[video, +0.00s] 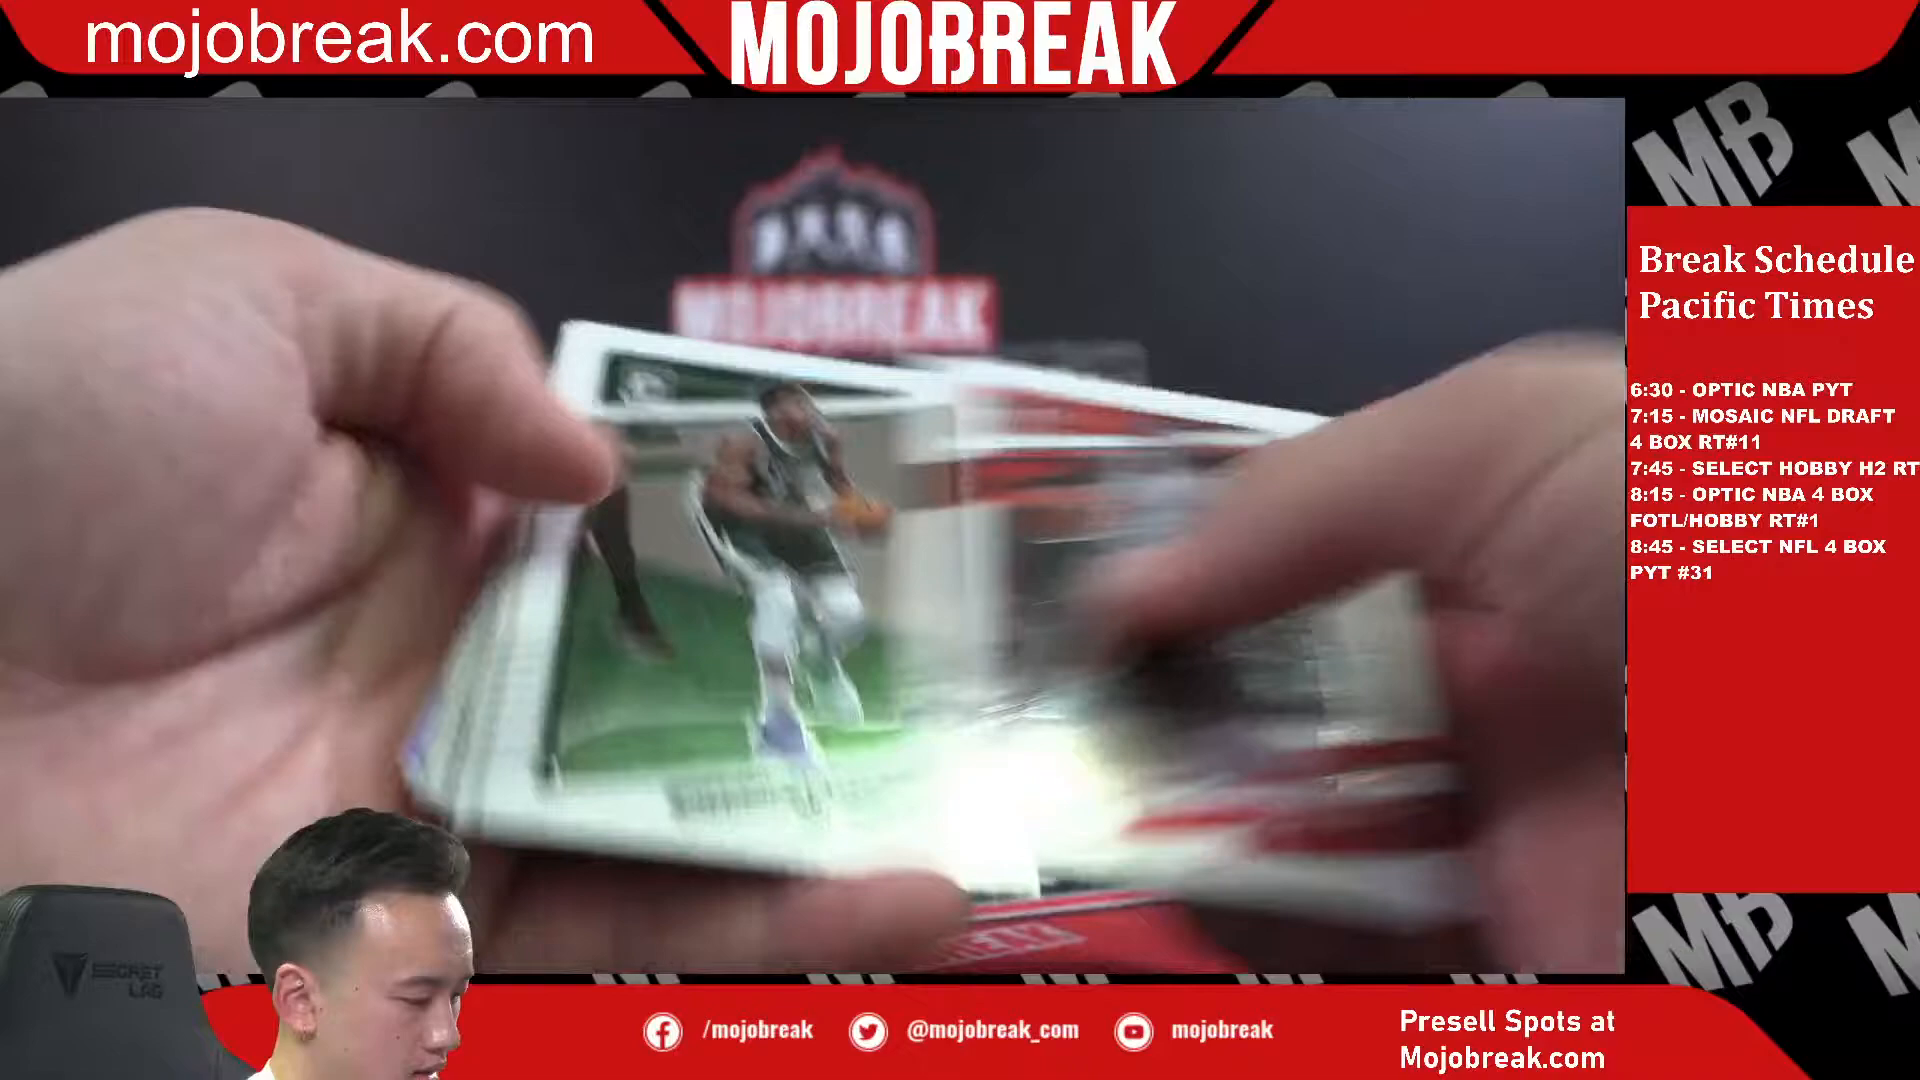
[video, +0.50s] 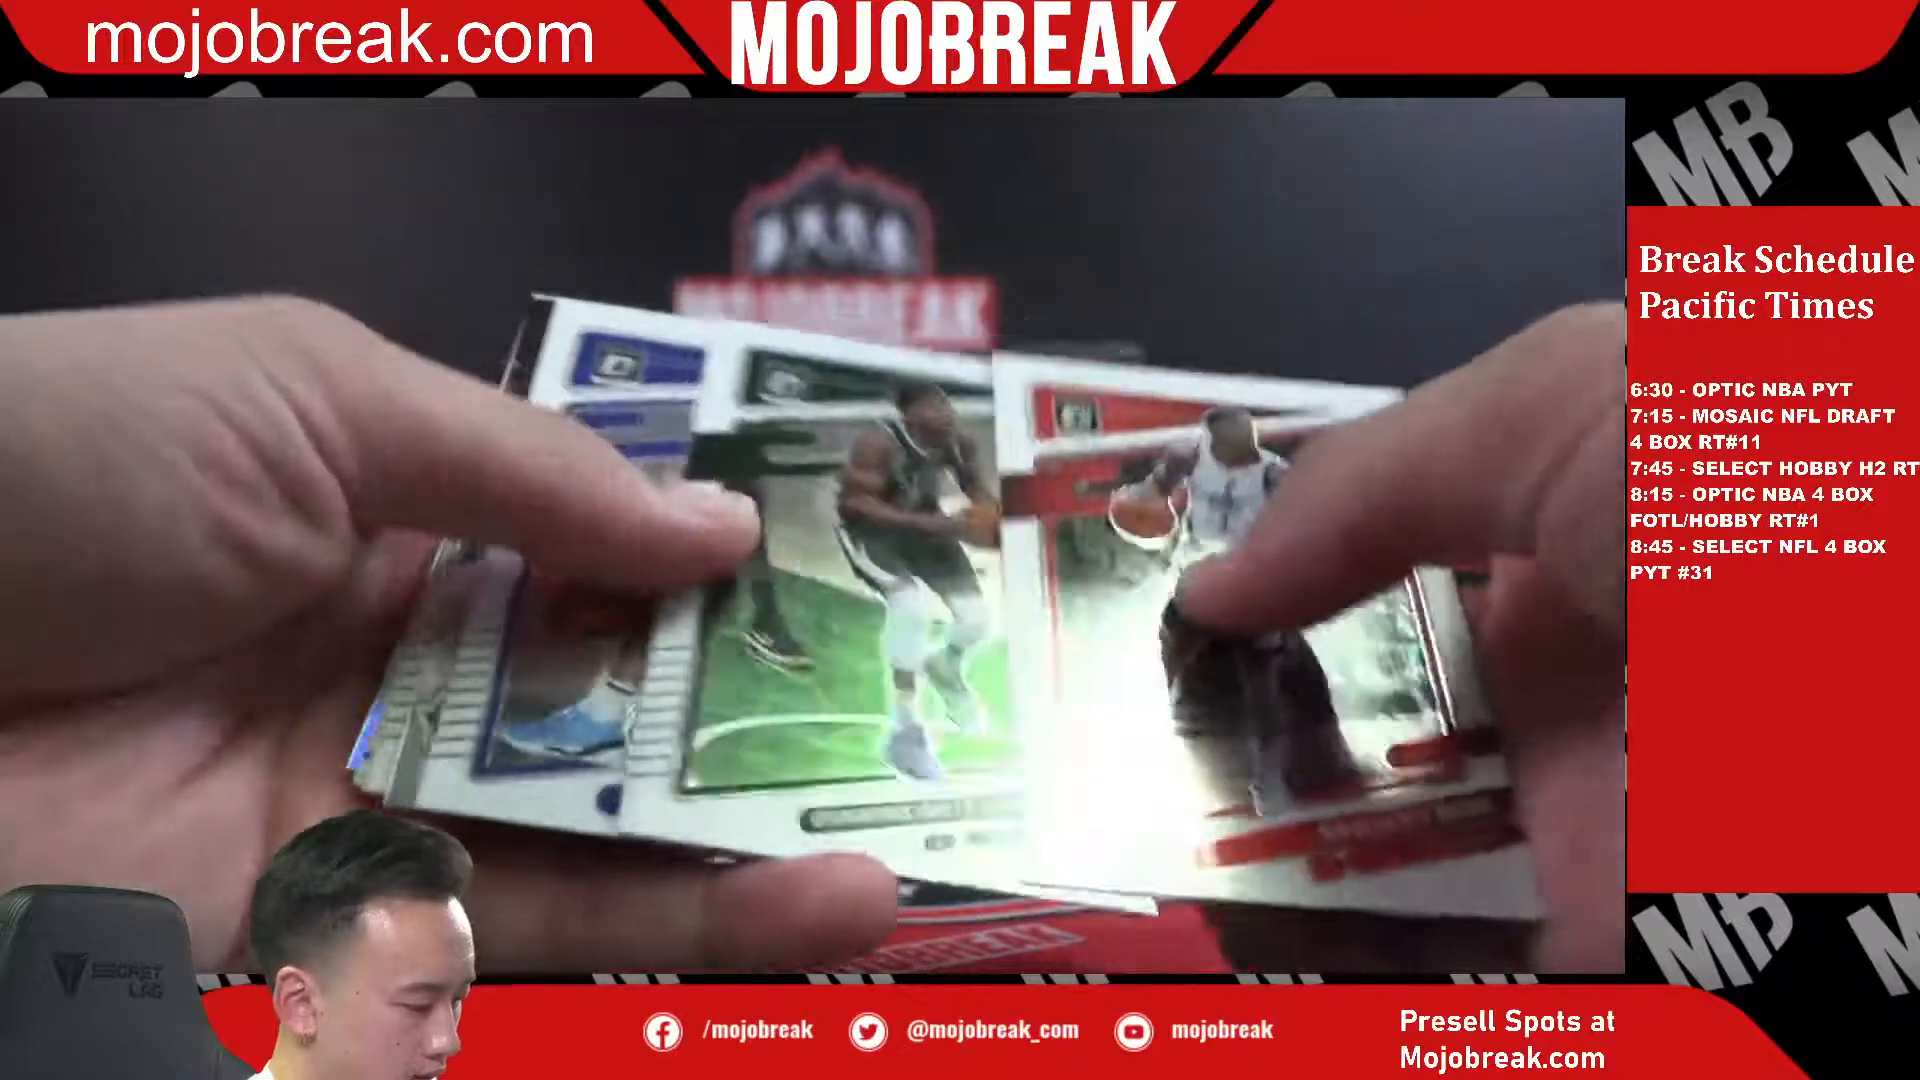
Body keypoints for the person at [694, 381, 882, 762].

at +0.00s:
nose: (802, 414)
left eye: (805, 404)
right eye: (792, 407)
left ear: (812, 407)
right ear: (770, 412)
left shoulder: (823, 441)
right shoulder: (741, 446)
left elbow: (839, 484)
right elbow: (725, 497)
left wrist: (862, 511)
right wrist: (814, 518)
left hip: (801, 531)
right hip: (748, 535)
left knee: (846, 612)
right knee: (776, 597)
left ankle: (820, 659)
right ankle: (779, 715)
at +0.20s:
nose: (798, 383)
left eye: (799, 374)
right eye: (786, 376)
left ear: (805, 377)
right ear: (763, 382)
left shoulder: (816, 408)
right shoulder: (733, 415)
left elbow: (834, 447)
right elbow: (717, 469)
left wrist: (852, 473)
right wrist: (793, 480)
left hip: (789, 483)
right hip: (735, 491)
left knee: (844, 563)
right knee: (779, 559)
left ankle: (817, 611)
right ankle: (781, 672)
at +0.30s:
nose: (836, 377)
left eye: (836, 368)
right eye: (825, 370)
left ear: (841, 371)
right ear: (803, 376)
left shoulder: (855, 403)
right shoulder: (772, 409)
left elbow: (870, 445)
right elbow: (755, 467)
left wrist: (891, 471)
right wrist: (835, 478)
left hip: (838, 494)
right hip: (780, 498)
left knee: (881, 562)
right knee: (815, 557)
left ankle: (852, 612)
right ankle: (817, 675)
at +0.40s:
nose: (906, 381)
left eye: (907, 373)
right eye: (894, 374)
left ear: (911, 376)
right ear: (871, 381)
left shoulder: (924, 411)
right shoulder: (839, 415)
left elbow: (936, 463)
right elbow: (818, 476)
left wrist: (960, 487)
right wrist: (897, 489)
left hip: (902, 512)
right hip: (847, 514)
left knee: (943, 582)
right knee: (877, 574)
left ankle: (923, 640)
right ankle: (875, 699)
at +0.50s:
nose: (943, 415)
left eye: (944, 405)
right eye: (931, 408)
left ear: (950, 408)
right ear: (908, 414)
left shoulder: (960, 445)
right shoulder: (878, 443)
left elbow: (979, 497)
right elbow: (854, 501)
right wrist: (926, 522)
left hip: (926, 530)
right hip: (872, 531)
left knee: (975, 618)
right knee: (911, 605)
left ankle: (946, 667)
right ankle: (906, 732)